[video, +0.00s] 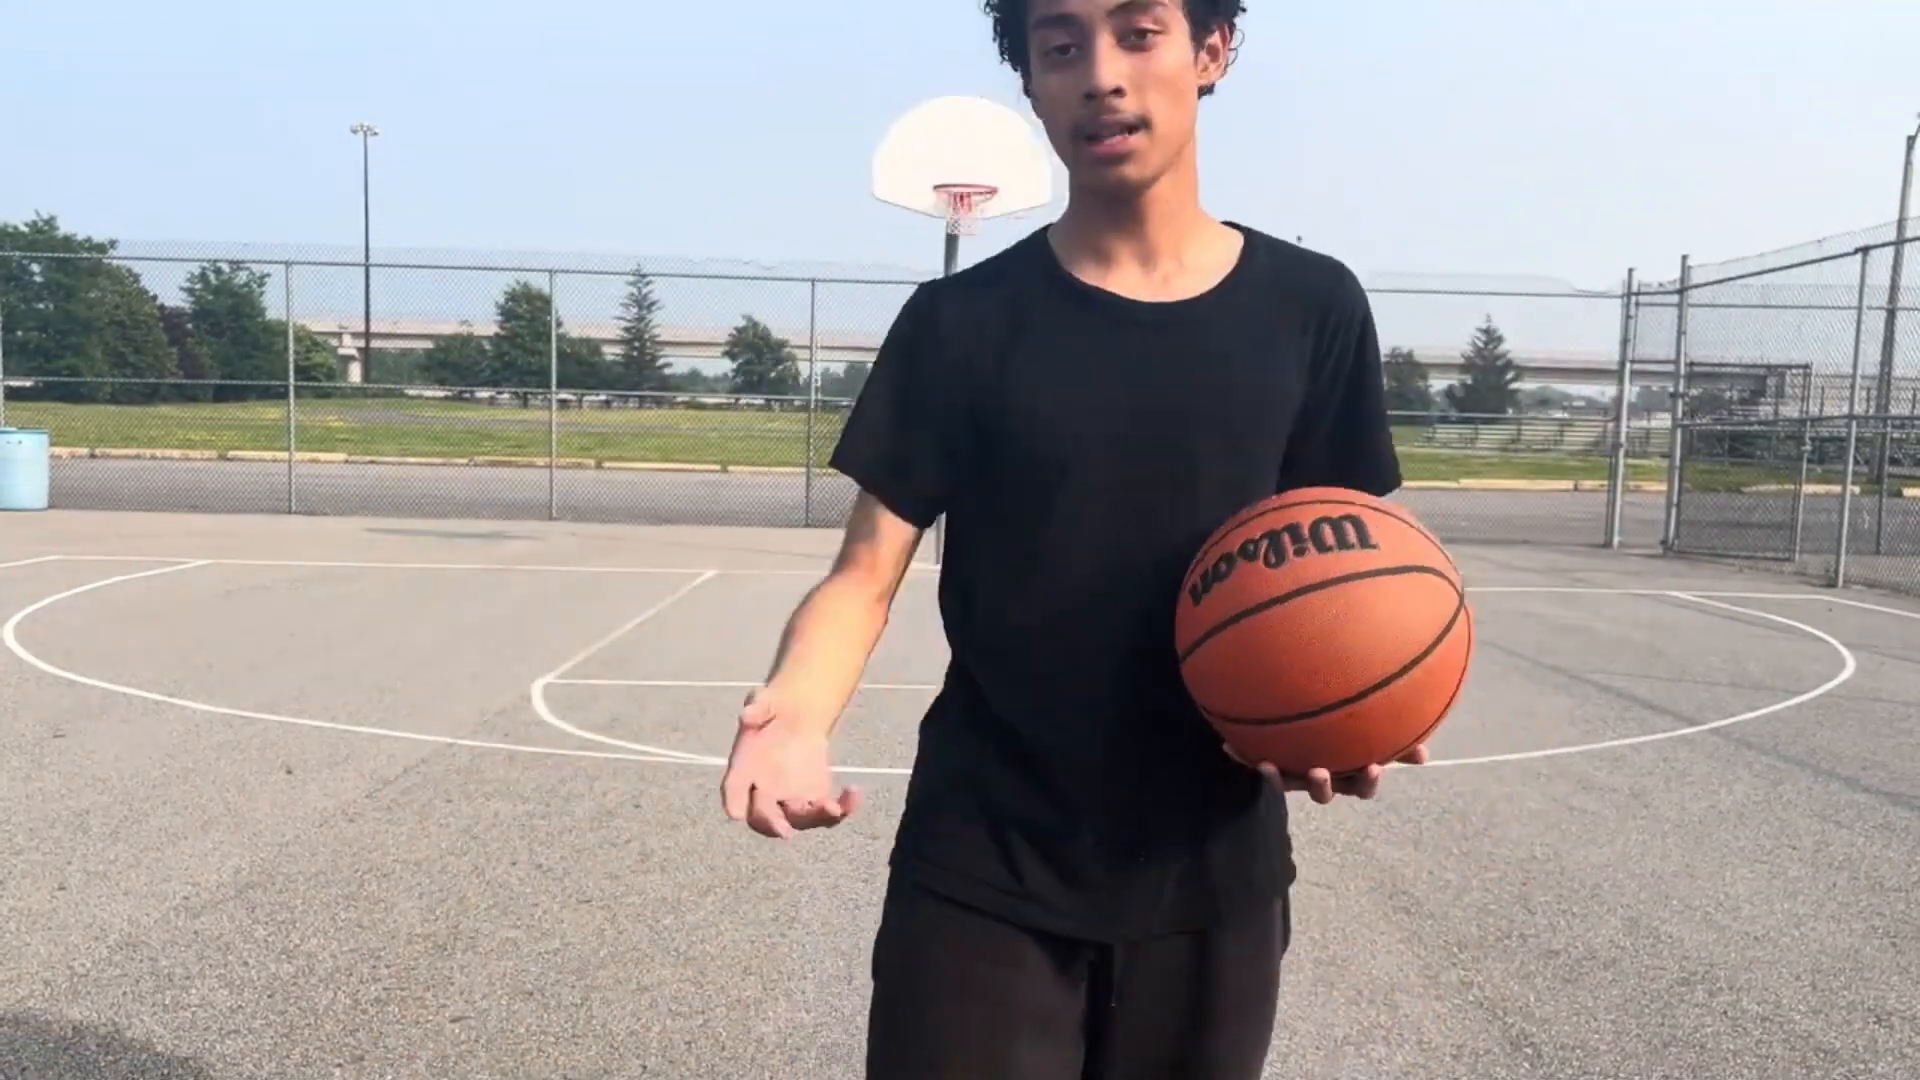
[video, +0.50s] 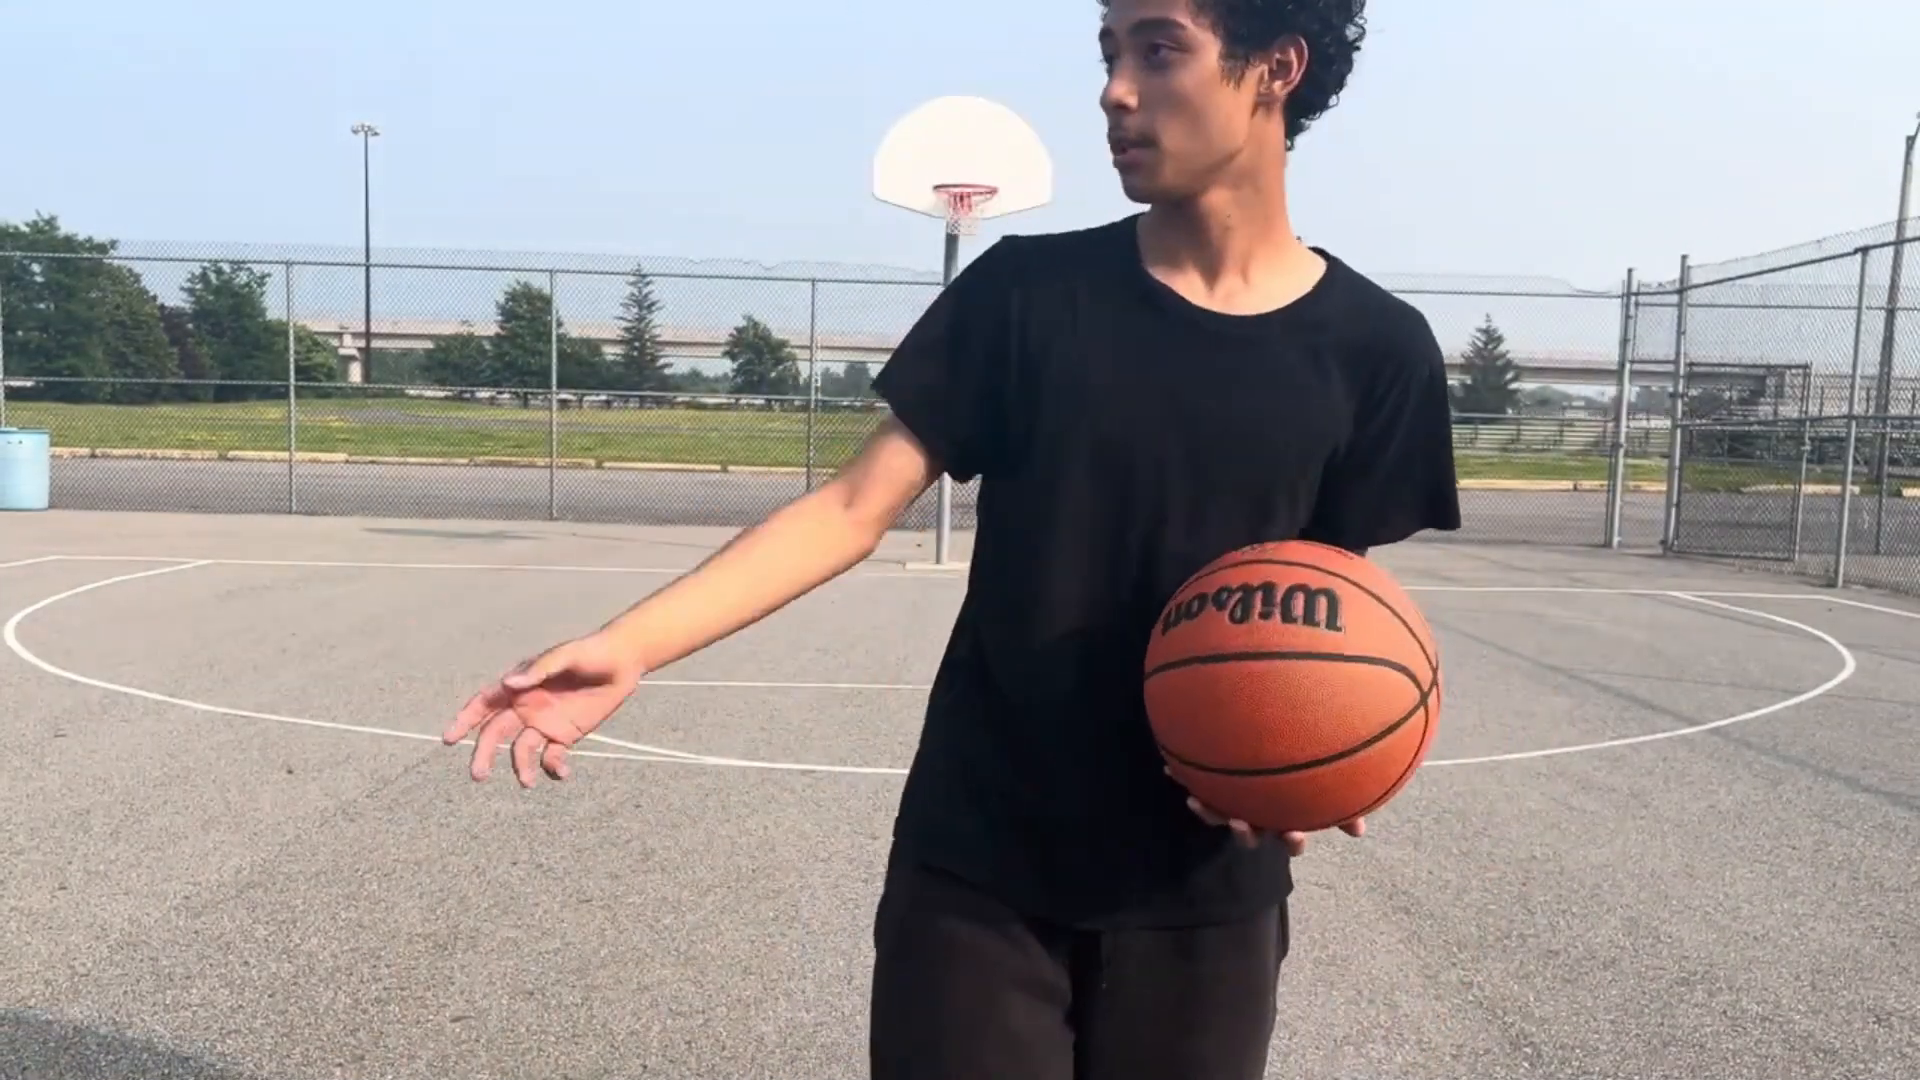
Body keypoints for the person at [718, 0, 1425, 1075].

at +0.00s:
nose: (1102, 79)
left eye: (1138, 34)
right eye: (1062, 48)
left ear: (1210, 54)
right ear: (1029, 84)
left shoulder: (1315, 308)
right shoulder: (956, 321)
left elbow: (1355, 573)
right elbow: (864, 569)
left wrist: (1343, 710)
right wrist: (796, 705)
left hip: (1213, 872)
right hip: (987, 869)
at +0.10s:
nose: (1141, 94)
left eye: (1180, 48)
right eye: (1105, 58)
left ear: (1256, 63)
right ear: (1072, 81)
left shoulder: (1345, 324)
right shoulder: (989, 313)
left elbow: (1357, 581)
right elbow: (851, 540)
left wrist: (1336, 730)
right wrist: (679, 683)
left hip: (1219, 869)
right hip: (997, 866)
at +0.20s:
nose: (1137, 99)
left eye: (1179, 55)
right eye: (1113, 64)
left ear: (1278, 73)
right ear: (1094, 83)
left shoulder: (1367, 336)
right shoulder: (1020, 298)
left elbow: (1352, 594)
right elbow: (839, 504)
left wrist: (1327, 736)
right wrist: (608, 632)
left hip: (1221, 868)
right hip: (999, 861)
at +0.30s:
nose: (1129, 99)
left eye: (1168, 59)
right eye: (1116, 63)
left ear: (1286, 73)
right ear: (1104, 74)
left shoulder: (1377, 340)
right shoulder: (1031, 293)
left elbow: (1357, 599)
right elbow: (839, 484)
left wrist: (1315, 738)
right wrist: (588, 596)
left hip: (1216, 867)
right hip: (996, 855)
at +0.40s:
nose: (1127, 96)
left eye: (1167, 58)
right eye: (1119, 61)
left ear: (1287, 73)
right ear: (1112, 73)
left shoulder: (1381, 343)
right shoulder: (1036, 290)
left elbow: (1349, 607)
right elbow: (838, 487)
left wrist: (1307, 756)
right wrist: (591, 593)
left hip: (1207, 872)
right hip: (989, 858)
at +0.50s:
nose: (1115, 95)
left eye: (1160, 54)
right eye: (1112, 58)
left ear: (1280, 73)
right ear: (1102, 68)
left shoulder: (1379, 350)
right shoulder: (1023, 291)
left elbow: (1343, 610)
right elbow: (849, 506)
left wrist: (1304, 761)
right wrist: (627, 645)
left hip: (1208, 887)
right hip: (979, 873)